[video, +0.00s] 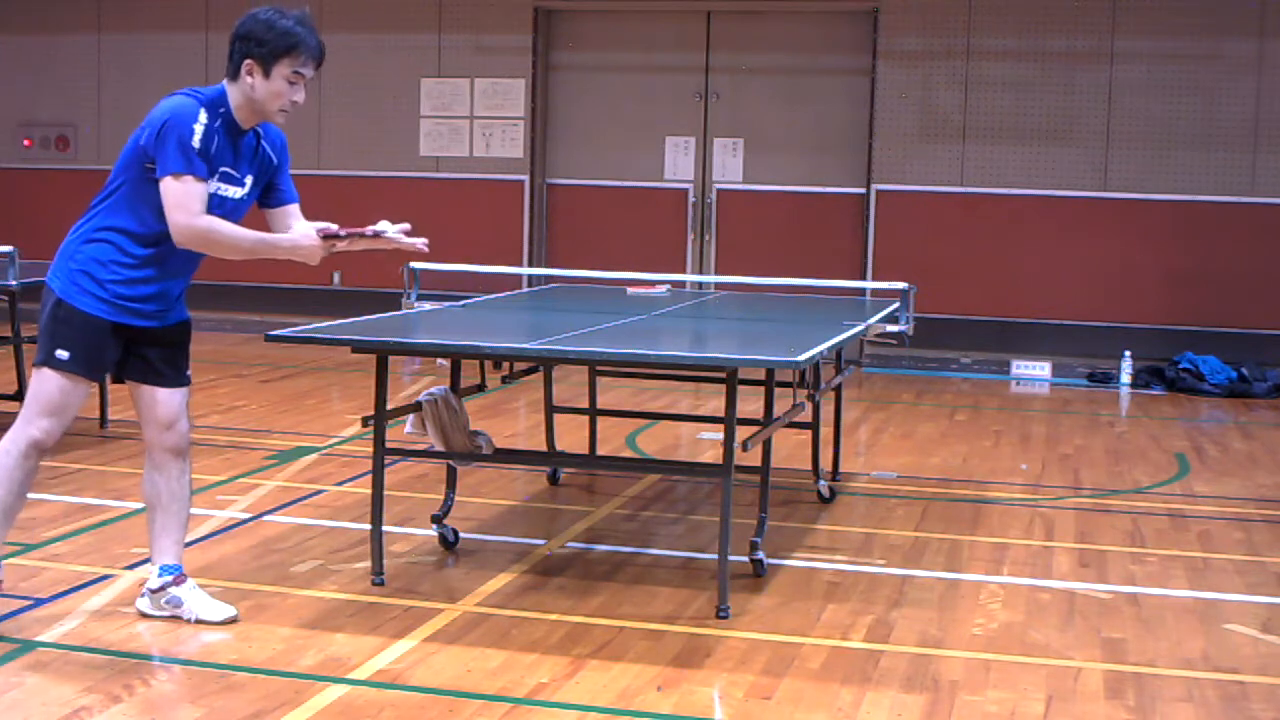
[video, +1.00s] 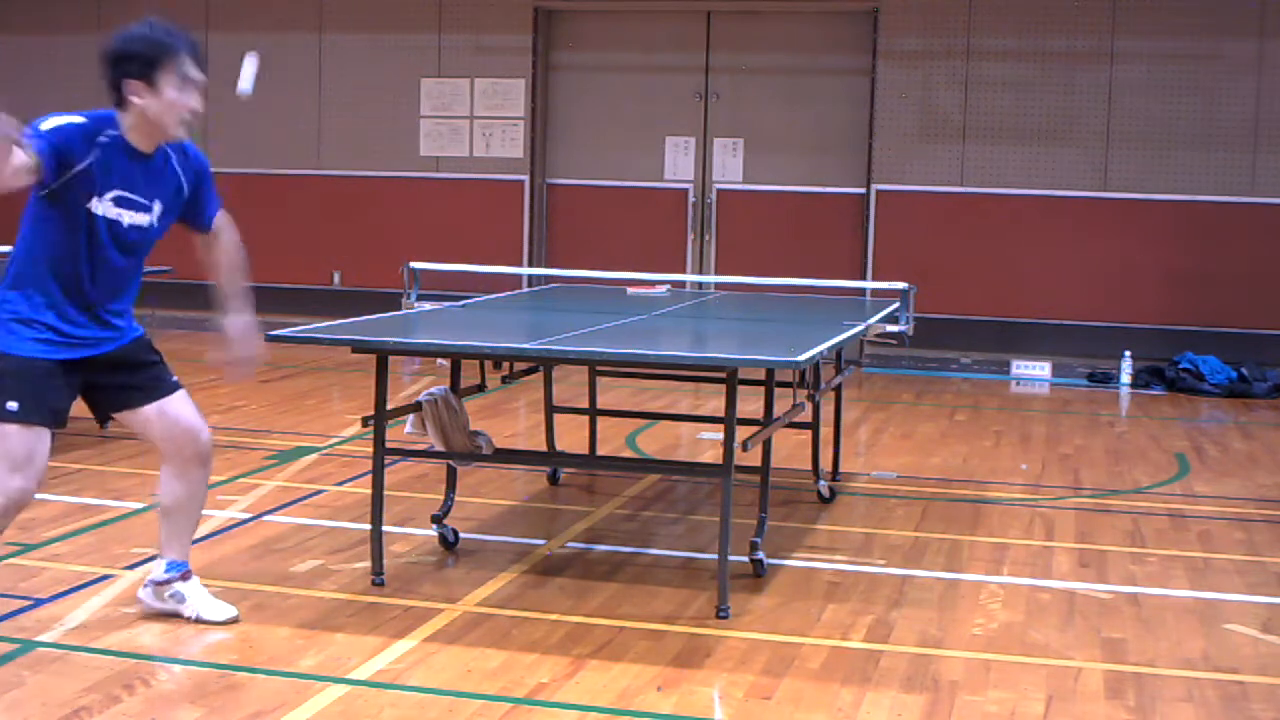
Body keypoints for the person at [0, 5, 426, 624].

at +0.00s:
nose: (300, 96)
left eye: (306, 83)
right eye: (294, 80)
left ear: (263, 75)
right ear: (250, 69)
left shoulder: (269, 145)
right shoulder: (185, 118)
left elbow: (295, 235)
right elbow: (186, 226)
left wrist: (371, 238)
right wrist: (289, 248)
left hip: (160, 300)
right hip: (91, 286)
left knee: (170, 440)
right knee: (37, 432)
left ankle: (164, 582)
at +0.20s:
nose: (286, 95)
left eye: (290, 80)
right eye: (278, 78)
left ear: (253, 79)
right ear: (234, 72)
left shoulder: (254, 144)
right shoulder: (168, 120)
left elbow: (292, 234)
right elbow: (178, 231)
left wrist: (375, 264)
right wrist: (279, 240)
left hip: (147, 301)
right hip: (78, 291)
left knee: (167, 440)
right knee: (26, 436)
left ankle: (164, 582)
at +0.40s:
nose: (250, 84)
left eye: (251, 70)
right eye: (239, 69)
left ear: (206, 71)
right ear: (195, 69)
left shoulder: (230, 135)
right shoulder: (132, 127)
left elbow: (293, 196)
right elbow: (147, 235)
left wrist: (359, 192)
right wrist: (243, 218)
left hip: (130, 307)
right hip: (58, 300)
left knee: (169, 434)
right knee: (19, 448)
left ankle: (165, 582)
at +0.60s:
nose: (206, 57)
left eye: (203, 44)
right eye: (192, 44)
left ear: (165, 58)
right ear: (148, 57)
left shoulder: (192, 116)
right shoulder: (95, 122)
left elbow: (281, 145)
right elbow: (89, 229)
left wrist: (366, 156)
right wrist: (190, 229)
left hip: (116, 311)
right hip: (39, 311)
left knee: (166, 436)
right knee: (12, 452)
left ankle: (165, 582)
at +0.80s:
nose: (176, 53)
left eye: (173, 39)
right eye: (161, 41)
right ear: (117, 56)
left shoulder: (178, 120)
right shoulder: (65, 120)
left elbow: (263, 163)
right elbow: (7, 191)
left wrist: (342, 201)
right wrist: (73, 204)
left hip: (111, 313)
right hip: (30, 317)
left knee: (167, 439)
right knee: (9, 463)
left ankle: (164, 581)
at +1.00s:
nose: (197, 103)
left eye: (197, 88)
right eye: (183, 87)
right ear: (136, 92)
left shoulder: (186, 166)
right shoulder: (74, 136)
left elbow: (219, 234)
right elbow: (9, 174)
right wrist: (14, 154)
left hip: (110, 331)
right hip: (30, 328)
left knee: (191, 441)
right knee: (16, 483)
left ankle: (169, 578)